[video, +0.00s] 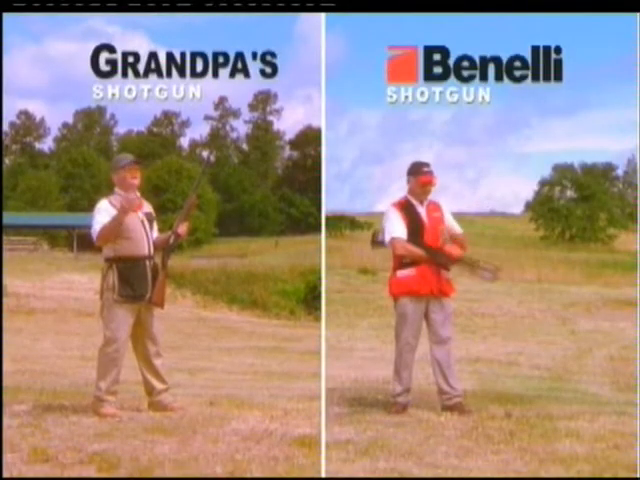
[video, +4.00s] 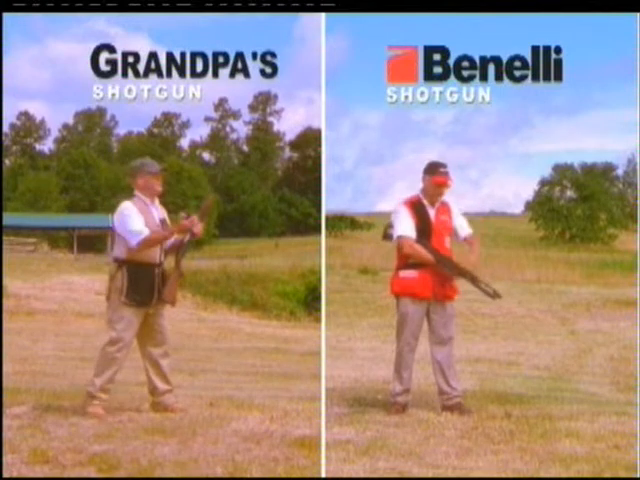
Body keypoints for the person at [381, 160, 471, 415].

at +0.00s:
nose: (428, 186)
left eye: (431, 182)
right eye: (423, 181)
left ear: (433, 182)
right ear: (410, 181)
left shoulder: (438, 209)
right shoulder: (396, 211)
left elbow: (459, 239)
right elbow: (399, 249)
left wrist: (451, 250)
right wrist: (434, 256)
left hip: (437, 280)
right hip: (409, 281)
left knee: (443, 341)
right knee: (406, 343)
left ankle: (451, 397)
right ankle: (401, 396)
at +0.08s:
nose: (429, 189)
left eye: (432, 184)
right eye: (424, 184)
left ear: (434, 184)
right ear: (411, 182)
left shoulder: (438, 210)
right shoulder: (396, 210)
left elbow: (464, 238)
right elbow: (399, 249)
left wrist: (456, 218)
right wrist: (435, 259)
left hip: (437, 281)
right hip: (409, 282)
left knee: (443, 341)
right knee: (406, 342)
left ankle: (451, 397)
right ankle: (401, 396)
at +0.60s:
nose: (431, 190)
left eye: (434, 185)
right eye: (427, 184)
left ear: (436, 185)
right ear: (414, 182)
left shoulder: (439, 209)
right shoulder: (396, 210)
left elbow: (471, 208)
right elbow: (398, 249)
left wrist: (453, 177)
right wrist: (435, 258)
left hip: (437, 281)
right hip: (409, 282)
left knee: (443, 340)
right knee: (406, 342)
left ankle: (451, 397)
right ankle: (400, 396)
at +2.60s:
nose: (426, 177)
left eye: (428, 173)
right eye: (420, 172)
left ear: (429, 179)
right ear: (407, 179)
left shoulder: (437, 208)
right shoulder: (395, 211)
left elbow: (470, 203)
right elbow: (397, 249)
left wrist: (446, 179)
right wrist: (433, 260)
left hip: (436, 279)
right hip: (408, 281)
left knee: (443, 340)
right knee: (406, 342)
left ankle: (451, 396)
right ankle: (400, 395)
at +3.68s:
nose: (434, 187)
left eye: (436, 182)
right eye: (430, 182)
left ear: (438, 183)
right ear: (416, 180)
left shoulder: (441, 208)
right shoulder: (398, 211)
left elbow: (473, 218)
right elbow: (399, 250)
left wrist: (466, 196)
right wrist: (434, 261)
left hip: (439, 282)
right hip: (410, 283)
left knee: (443, 340)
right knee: (407, 343)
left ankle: (451, 397)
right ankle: (401, 396)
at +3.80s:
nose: (436, 189)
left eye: (439, 184)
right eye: (432, 183)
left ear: (441, 185)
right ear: (419, 181)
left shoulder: (444, 210)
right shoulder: (401, 210)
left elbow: (465, 225)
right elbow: (402, 249)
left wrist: (474, 225)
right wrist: (435, 262)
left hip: (440, 281)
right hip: (411, 282)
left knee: (443, 340)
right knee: (407, 343)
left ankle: (450, 397)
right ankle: (400, 397)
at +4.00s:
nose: (441, 190)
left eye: (445, 186)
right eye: (437, 185)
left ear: (448, 186)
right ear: (425, 182)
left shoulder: (449, 210)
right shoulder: (406, 209)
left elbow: (470, 237)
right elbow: (407, 246)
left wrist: (469, 265)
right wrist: (439, 264)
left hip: (442, 283)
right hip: (412, 283)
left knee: (444, 342)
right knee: (407, 343)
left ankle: (451, 397)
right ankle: (400, 396)